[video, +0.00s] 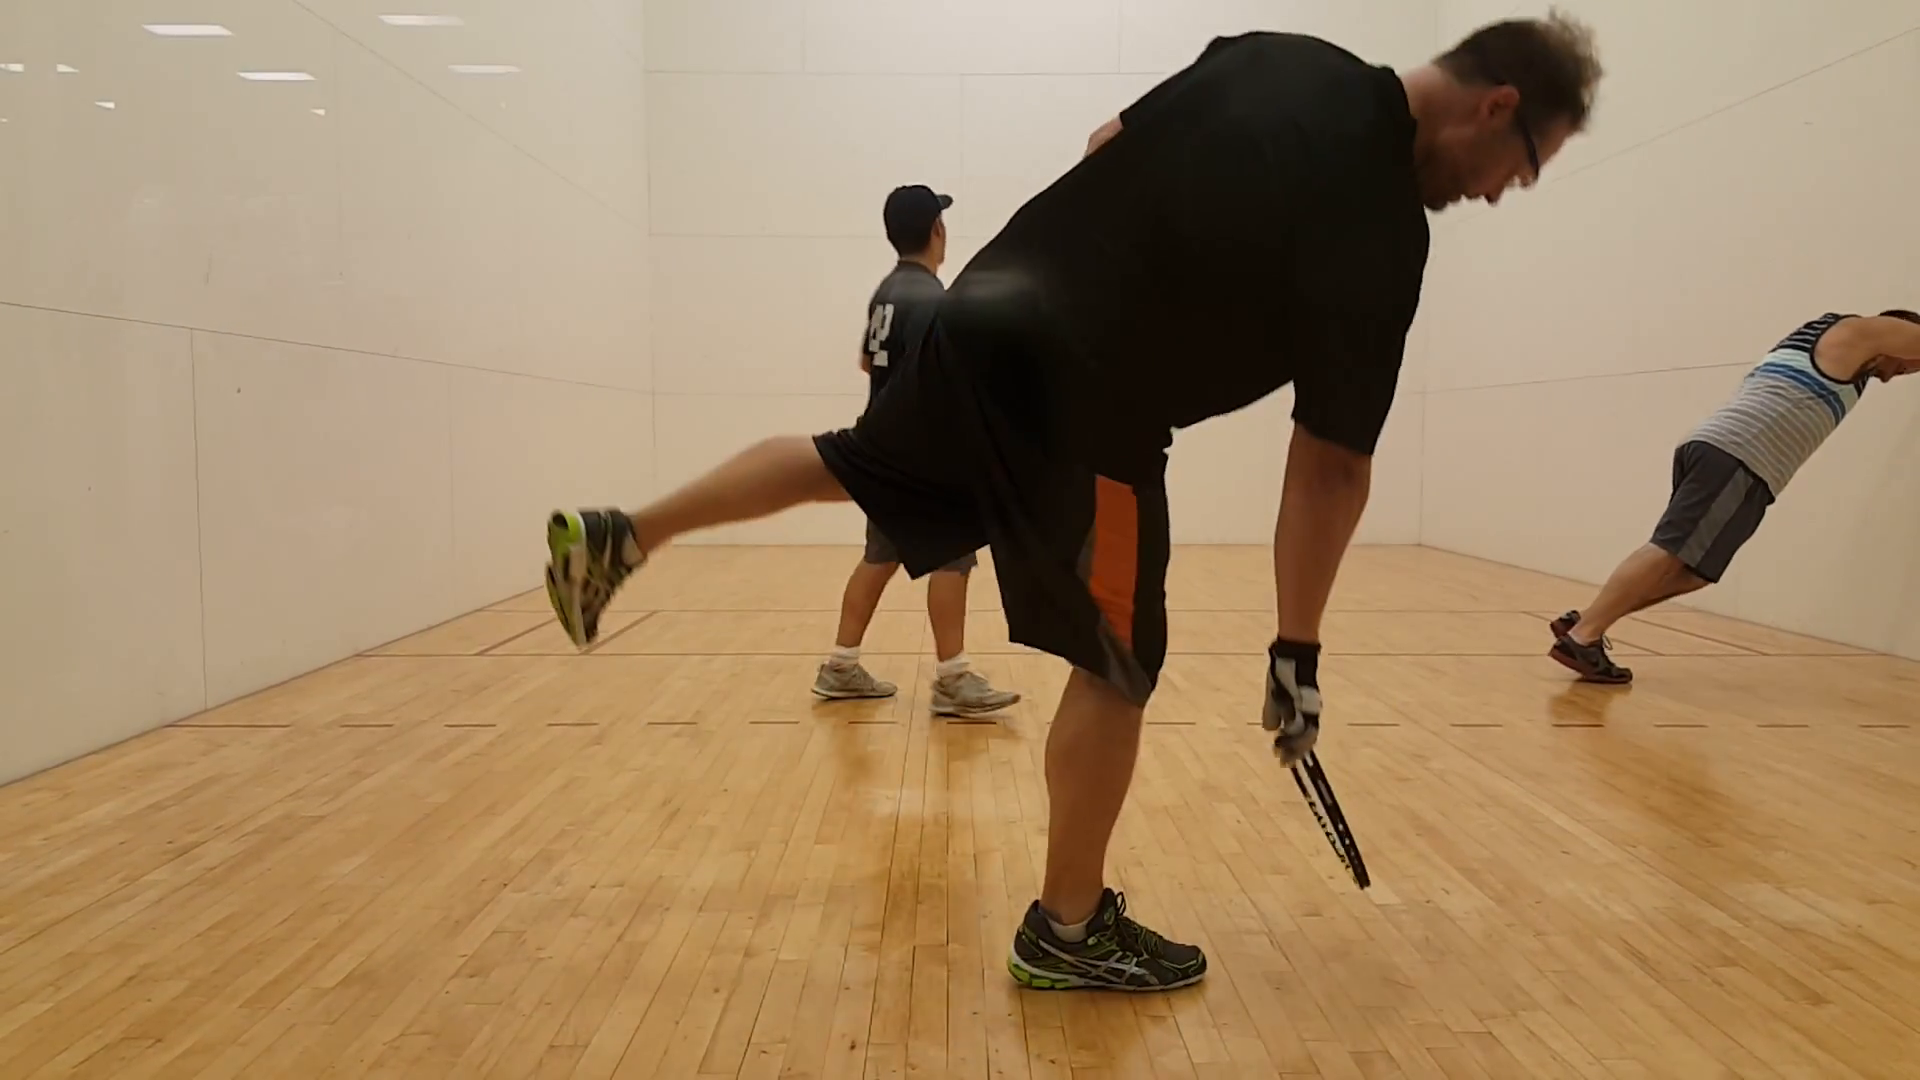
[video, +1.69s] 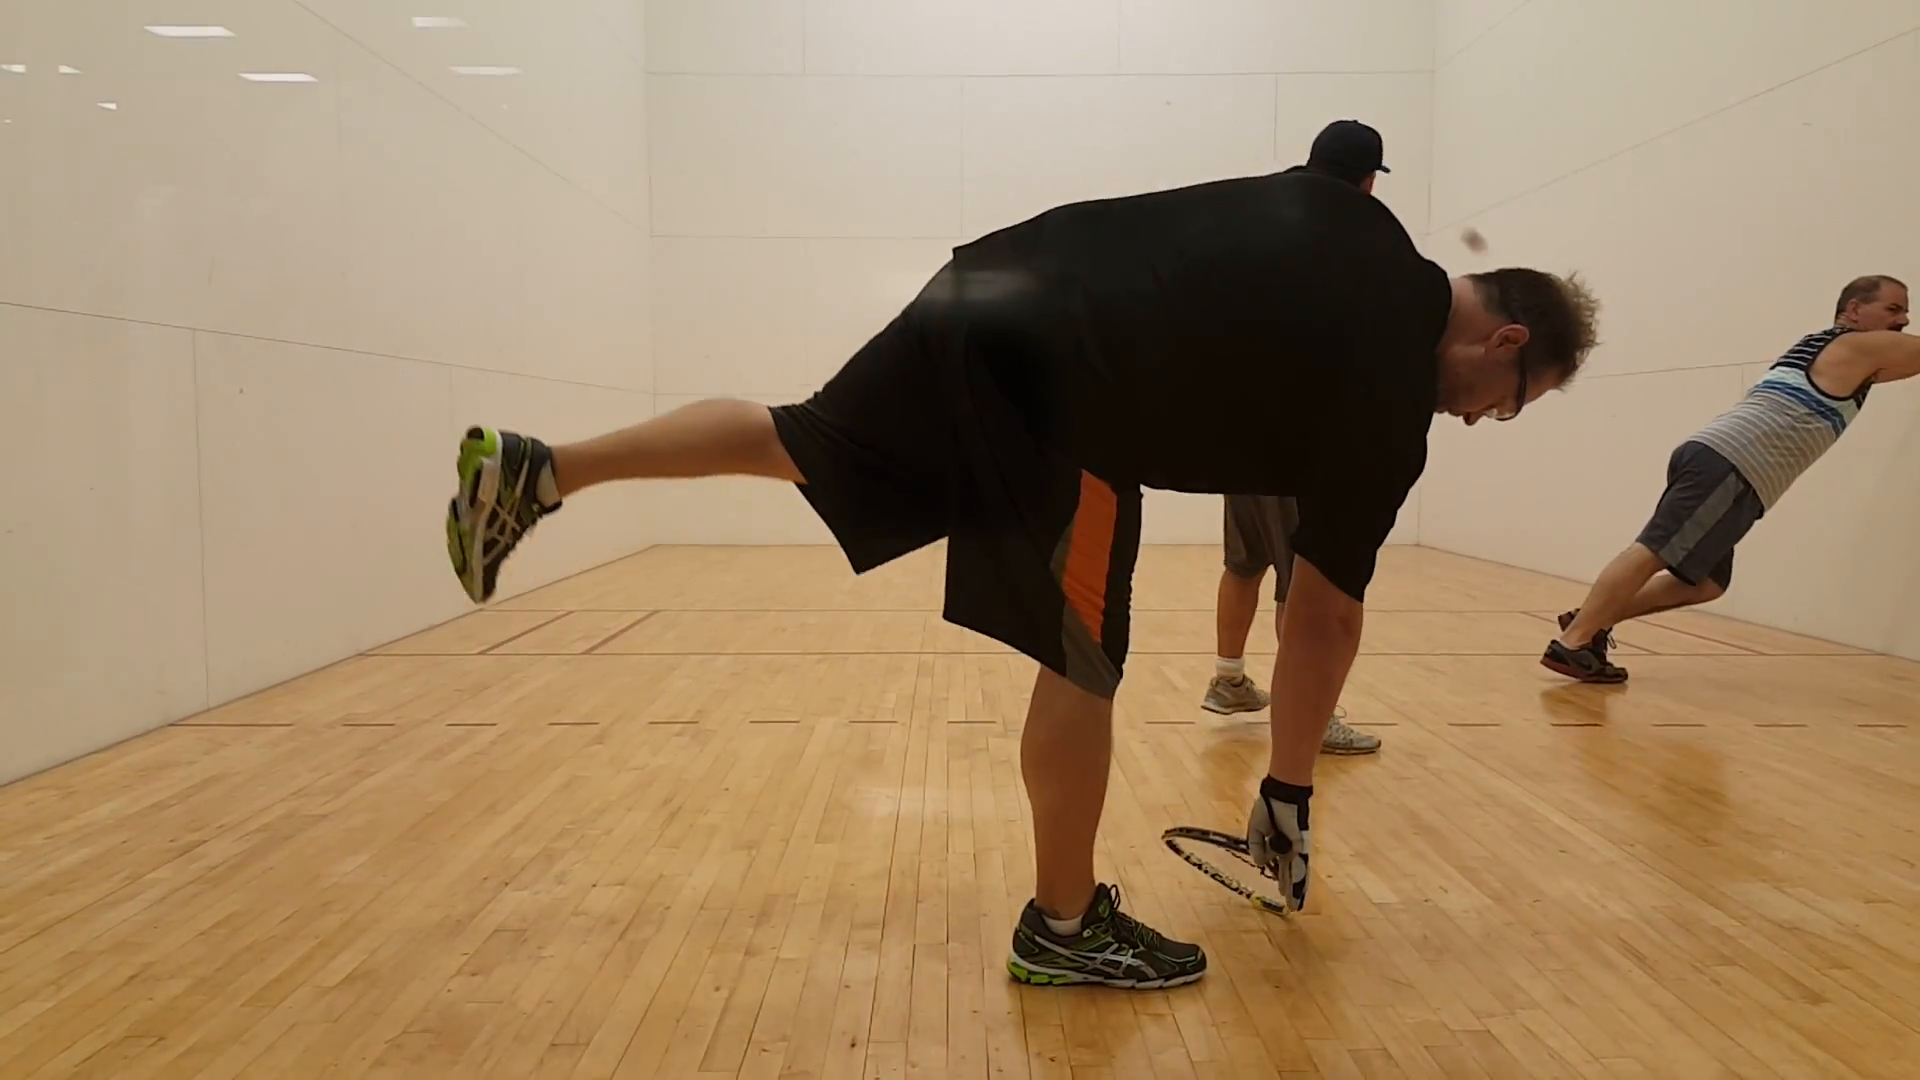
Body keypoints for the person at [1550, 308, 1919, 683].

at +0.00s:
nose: (1900, 375)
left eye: (1908, 368)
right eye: (1907, 363)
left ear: (1891, 340)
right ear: (1895, 337)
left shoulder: (1825, 343)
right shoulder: (1851, 334)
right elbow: (1917, 336)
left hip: (1738, 464)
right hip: (1734, 459)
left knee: (1698, 570)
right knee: (1672, 552)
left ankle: (1587, 620)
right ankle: (1583, 637)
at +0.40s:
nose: (1904, 314)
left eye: (1906, 306)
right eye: (1899, 302)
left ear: (1856, 299)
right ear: (1859, 293)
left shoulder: (1814, 327)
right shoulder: (1852, 328)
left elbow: (1911, 353)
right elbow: (1919, 341)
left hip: (1685, 434)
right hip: (1725, 452)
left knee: (1644, 543)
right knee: (1684, 555)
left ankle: (1567, 628)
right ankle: (1593, 633)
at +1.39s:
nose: (1901, 313)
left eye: (1902, 306)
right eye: (1893, 301)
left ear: (1852, 309)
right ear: (1852, 302)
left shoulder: (1821, 340)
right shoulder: (1850, 341)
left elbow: (1906, 356)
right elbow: (1916, 350)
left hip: (1714, 454)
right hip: (1727, 463)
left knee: (1690, 574)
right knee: (1656, 546)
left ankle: (1582, 619)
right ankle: (1576, 638)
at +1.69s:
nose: (1903, 321)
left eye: (1904, 313)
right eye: (1895, 309)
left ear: (1854, 318)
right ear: (1853, 311)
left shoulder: (1827, 350)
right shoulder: (1852, 349)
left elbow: (1906, 360)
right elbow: (1917, 353)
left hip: (1717, 461)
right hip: (1728, 470)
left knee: (1706, 581)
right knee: (1651, 552)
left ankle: (1592, 616)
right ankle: (1572, 644)